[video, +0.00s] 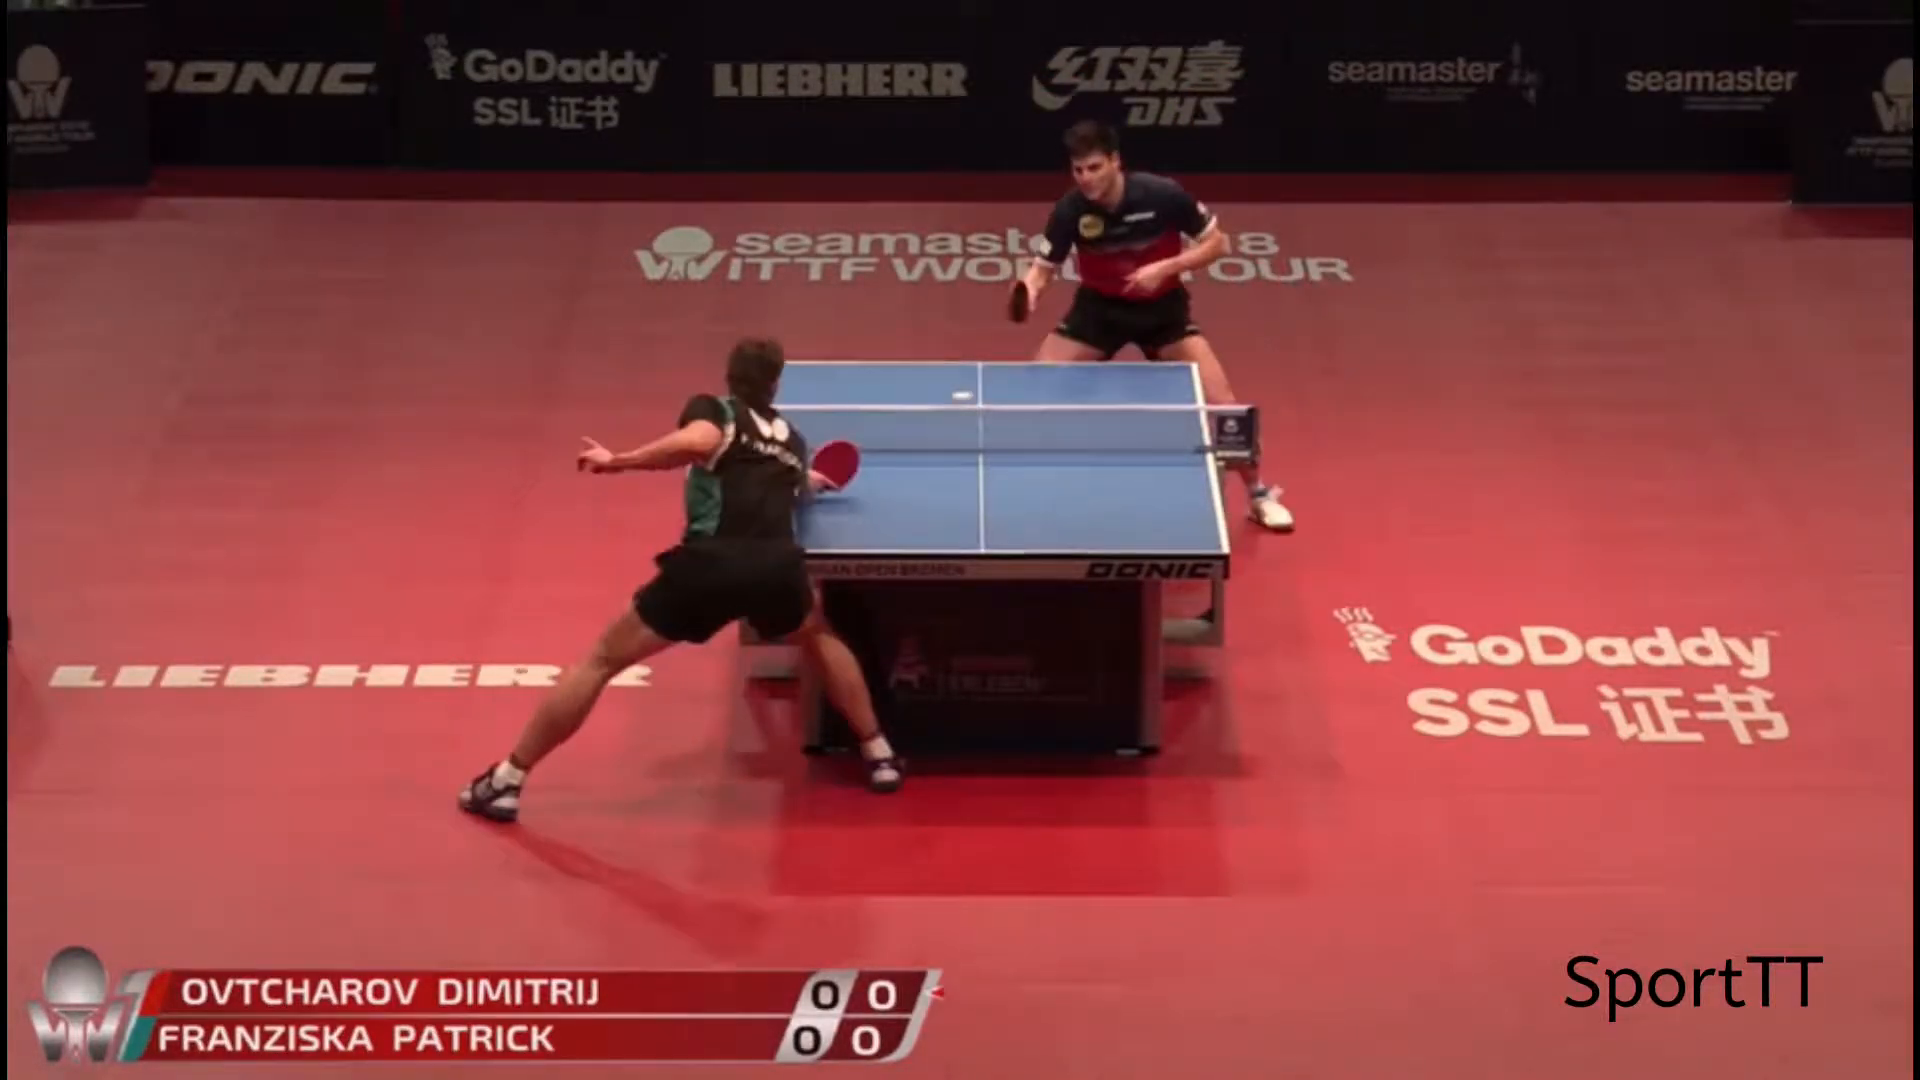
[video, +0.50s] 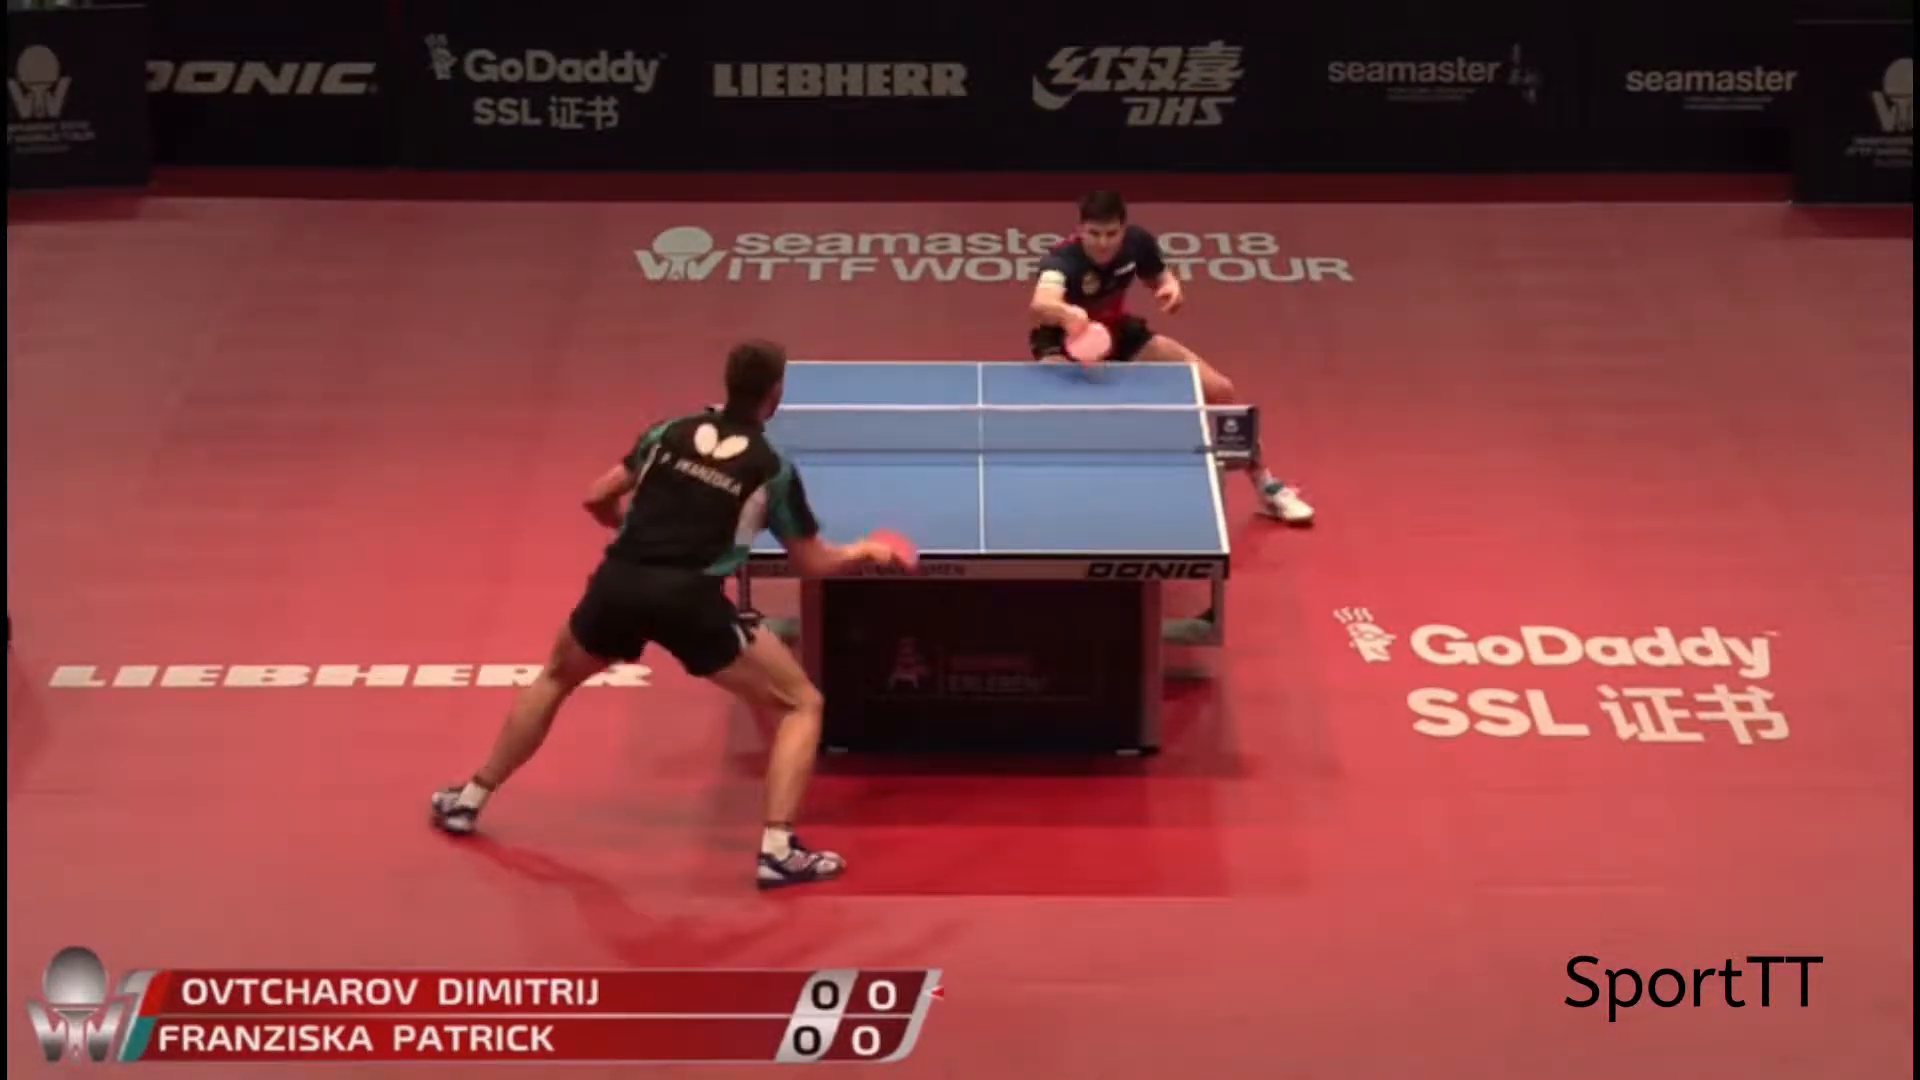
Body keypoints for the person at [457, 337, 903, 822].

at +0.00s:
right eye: (774, 379)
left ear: (729, 375)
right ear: (775, 385)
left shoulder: (712, 410)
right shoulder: (790, 435)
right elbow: (798, 483)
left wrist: (616, 459)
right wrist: (811, 479)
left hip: (707, 569)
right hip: (778, 570)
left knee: (602, 661)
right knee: (820, 639)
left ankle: (507, 780)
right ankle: (881, 755)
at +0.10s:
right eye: (778, 372)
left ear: (731, 369)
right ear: (778, 377)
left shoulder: (711, 407)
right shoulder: (797, 433)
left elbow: (679, 443)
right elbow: (812, 499)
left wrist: (608, 459)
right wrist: (810, 486)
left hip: (702, 563)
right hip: (776, 566)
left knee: (598, 657)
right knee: (820, 637)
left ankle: (508, 777)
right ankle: (881, 754)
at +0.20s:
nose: (782, 358)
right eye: (783, 351)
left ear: (731, 346)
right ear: (779, 358)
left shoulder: (681, 386)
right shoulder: (790, 424)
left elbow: (611, 434)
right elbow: (824, 517)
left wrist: (594, 478)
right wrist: (845, 494)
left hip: (647, 538)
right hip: (722, 549)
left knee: (576, 661)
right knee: (811, 649)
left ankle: (504, 786)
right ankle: (870, 777)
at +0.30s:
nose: (783, 358)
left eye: (776, 349)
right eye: (784, 351)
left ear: (731, 349)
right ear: (780, 359)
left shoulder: (677, 389)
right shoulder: (787, 428)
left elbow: (610, 440)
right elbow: (826, 521)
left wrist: (601, 487)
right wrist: (849, 496)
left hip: (641, 540)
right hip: (716, 552)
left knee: (570, 655)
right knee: (807, 650)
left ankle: (504, 786)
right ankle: (846, 795)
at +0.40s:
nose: (786, 390)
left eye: (774, 378)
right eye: (785, 382)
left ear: (730, 378)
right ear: (778, 390)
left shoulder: (670, 428)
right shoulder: (780, 463)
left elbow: (603, 496)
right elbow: (820, 556)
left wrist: (624, 529)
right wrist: (865, 539)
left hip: (627, 579)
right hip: (697, 595)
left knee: (556, 672)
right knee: (802, 706)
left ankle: (478, 792)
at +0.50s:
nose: (782, 397)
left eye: (775, 385)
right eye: (782, 390)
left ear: (727, 384)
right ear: (772, 396)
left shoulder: (670, 431)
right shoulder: (773, 467)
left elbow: (599, 497)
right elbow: (813, 563)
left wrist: (620, 523)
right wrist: (864, 553)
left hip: (619, 585)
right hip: (692, 601)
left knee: (554, 680)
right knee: (801, 704)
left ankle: (470, 799)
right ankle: (777, 849)